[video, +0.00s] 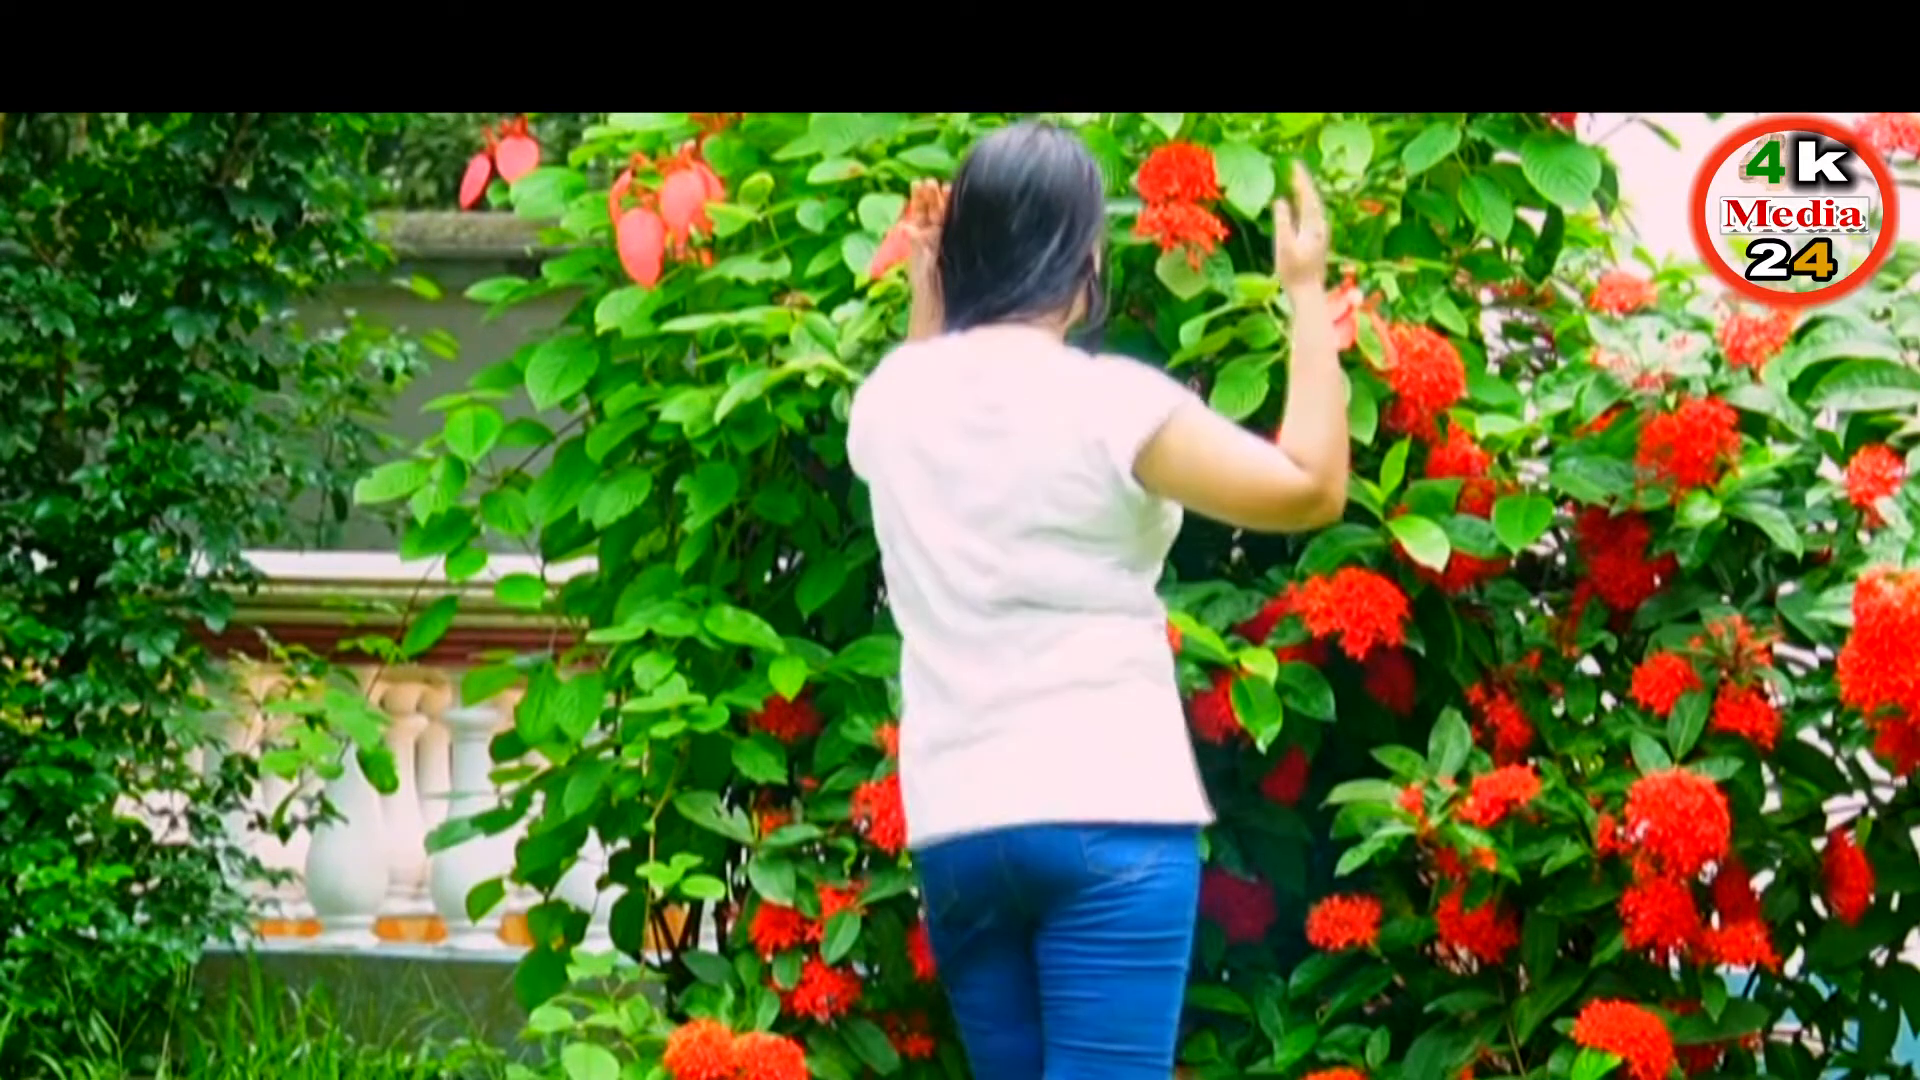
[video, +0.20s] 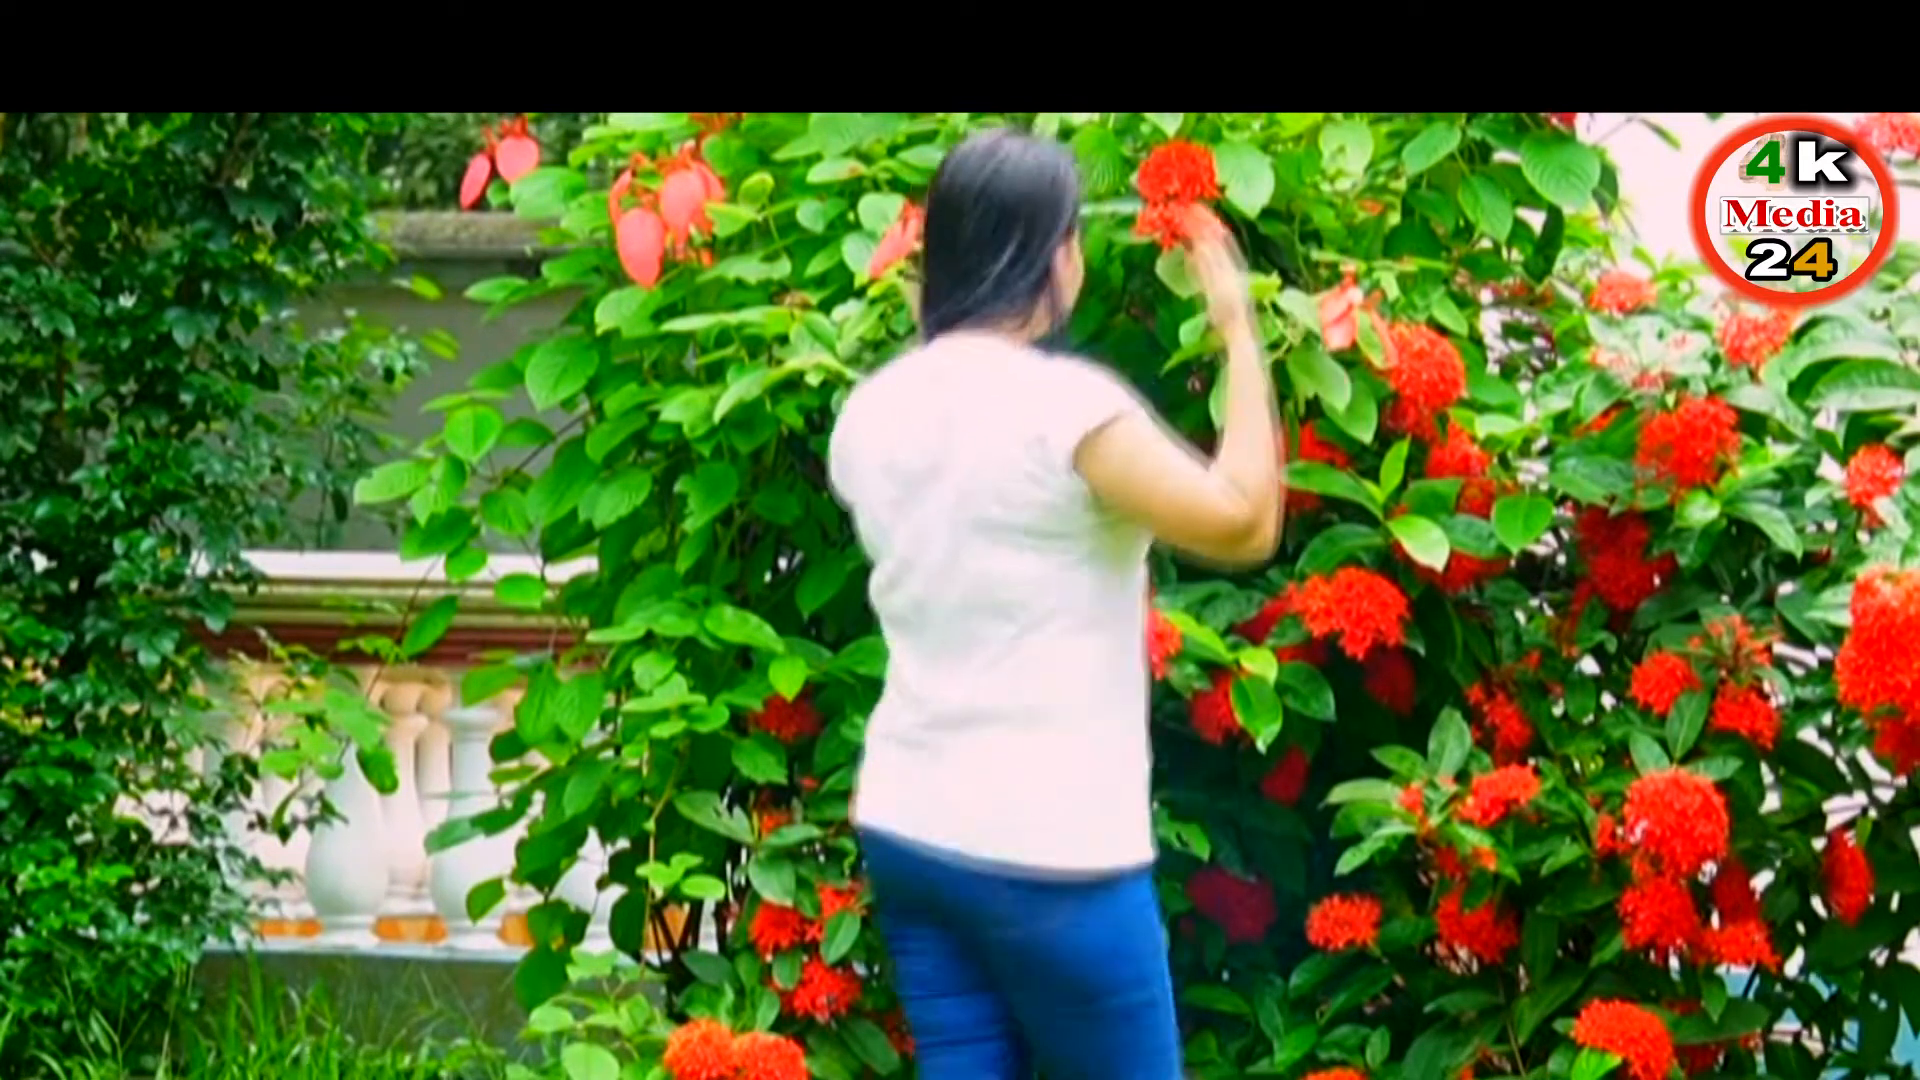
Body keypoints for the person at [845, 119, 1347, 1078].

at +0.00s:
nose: (1100, 256)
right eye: (1098, 236)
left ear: (957, 251)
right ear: (1085, 260)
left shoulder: (884, 404)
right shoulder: (1115, 400)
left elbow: (924, 413)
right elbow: (1311, 485)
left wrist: (928, 287)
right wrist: (1306, 297)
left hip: (954, 815)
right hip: (1116, 798)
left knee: (1008, 1067)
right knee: (1110, 1065)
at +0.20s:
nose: (1083, 260)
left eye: (1080, 235)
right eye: (1079, 236)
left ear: (942, 247)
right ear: (1053, 255)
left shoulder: (865, 416)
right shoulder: (1071, 406)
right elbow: (1245, 525)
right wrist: (1238, 324)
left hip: (904, 834)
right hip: (1061, 853)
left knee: (960, 1069)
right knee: (1131, 1066)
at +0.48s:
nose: (1089, 251)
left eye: (1086, 225)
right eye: (1077, 226)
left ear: (992, 240)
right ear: (1016, 240)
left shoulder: (905, 391)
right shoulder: (999, 398)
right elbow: (1102, 572)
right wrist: (1145, 418)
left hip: (899, 820)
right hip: (1010, 838)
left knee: (945, 1068)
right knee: (1140, 1064)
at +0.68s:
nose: (1107, 241)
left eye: (1101, 214)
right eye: (1088, 215)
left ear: (1023, 234)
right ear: (1012, 230)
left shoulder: (1045, 391)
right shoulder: (945, 385)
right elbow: (962, 592)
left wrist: (1139, 486)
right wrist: (1098, 462)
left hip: (1051, 818)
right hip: (982, 820)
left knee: (1060, 1061)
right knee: (1019, 1065)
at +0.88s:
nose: (1116, 263)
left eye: (1115, 239)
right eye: (1092, 236)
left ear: (1025, 250)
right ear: (1008, 246)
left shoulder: (1102, 419)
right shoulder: (922, 427)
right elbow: (880, 625)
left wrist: (1178, 609)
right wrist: (1048, 539)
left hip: (1124, 846)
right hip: (972, 844)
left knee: (1159, 1067)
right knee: (976, 1068)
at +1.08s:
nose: (1133, 239)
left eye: (1141, 217)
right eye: (1106, 212)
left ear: (1146, 232)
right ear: (1023, 219)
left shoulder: (1162, 397)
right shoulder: (915, 394)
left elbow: (1195, 579)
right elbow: (861, 596)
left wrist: (1243, 681)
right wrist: (1045, 558)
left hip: (1169, 814)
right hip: (989, 822)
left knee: (1137, 1068)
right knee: (1005, 1070)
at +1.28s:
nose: (1133, 241)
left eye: (1151, 220)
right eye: (1105, 214)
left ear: (1169, 240)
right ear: (1032, 226)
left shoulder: (1207, 409)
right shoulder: (935, 411)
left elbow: (1245, 613)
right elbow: (852, 610)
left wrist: (1337, 732)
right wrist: (987, 662)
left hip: (1179, 836)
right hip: (997, 846)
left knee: (1170, 1068)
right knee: (1001, 1068)